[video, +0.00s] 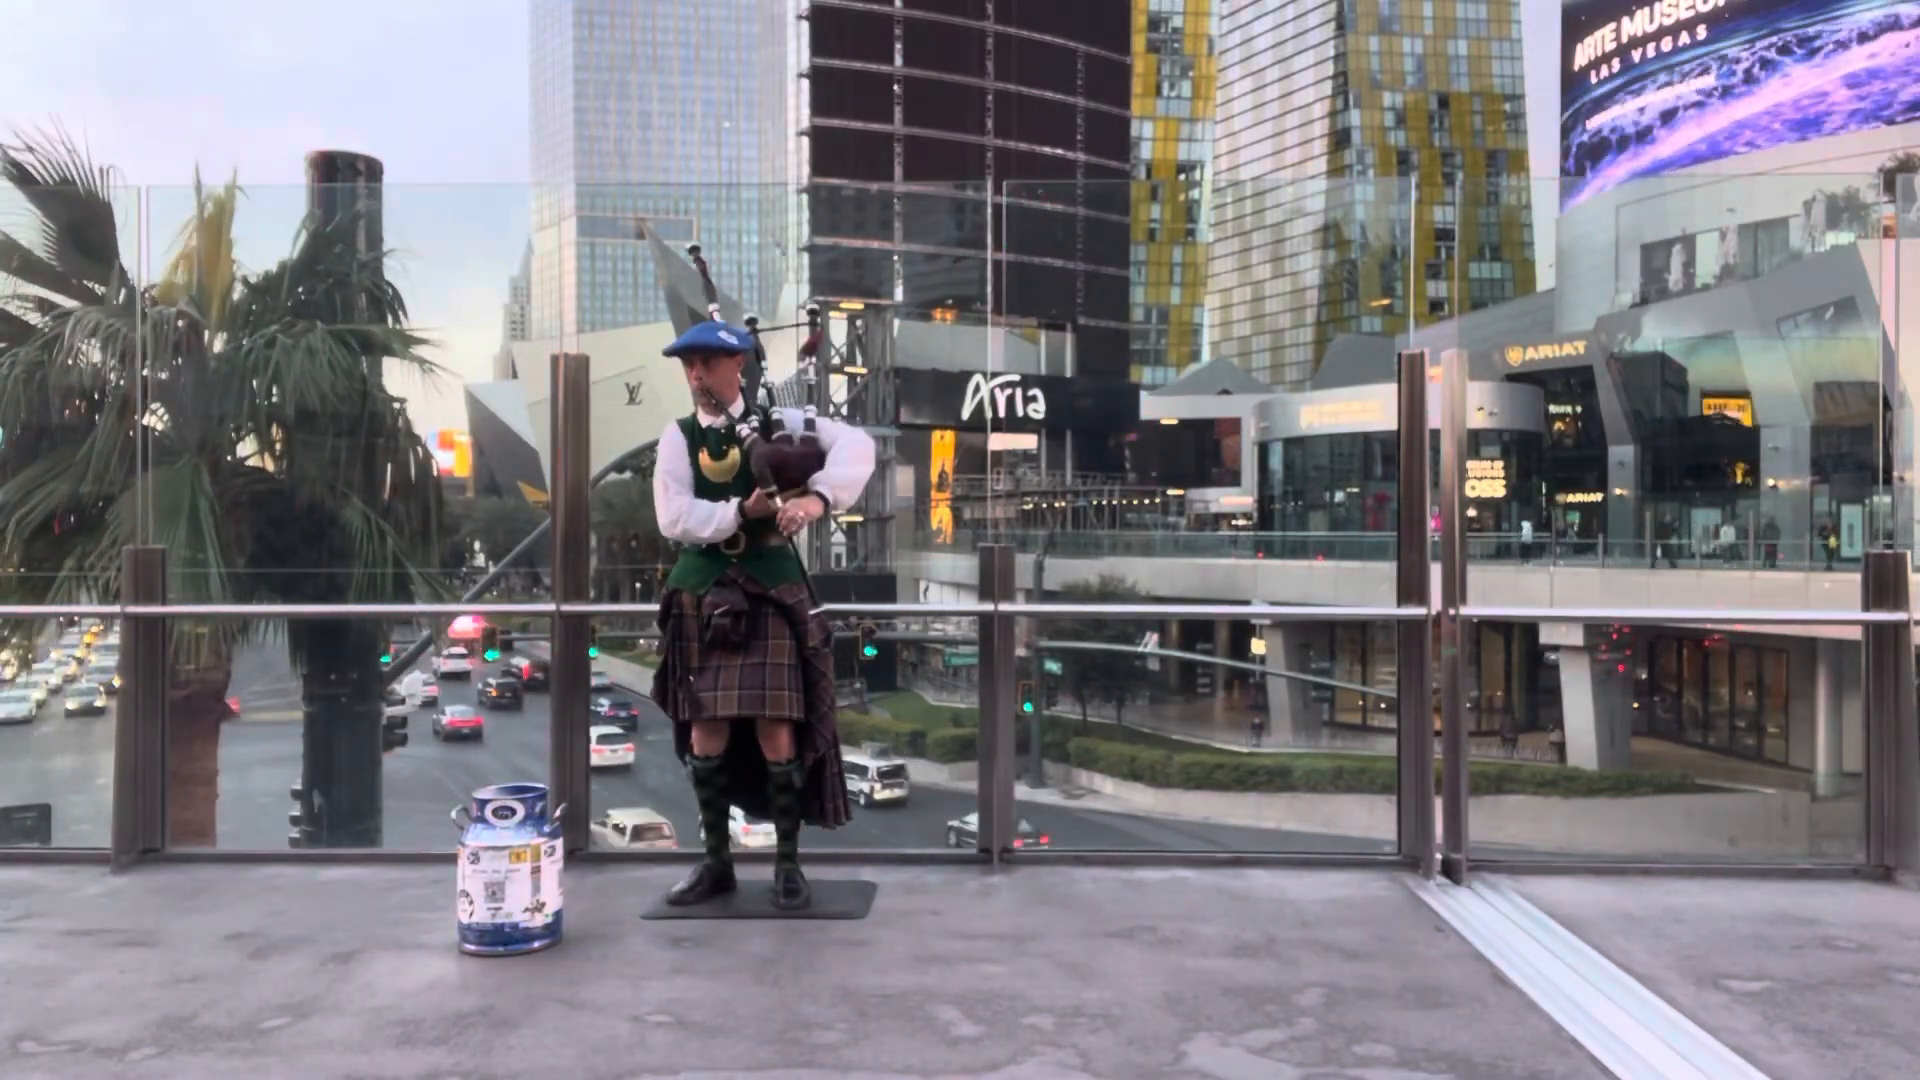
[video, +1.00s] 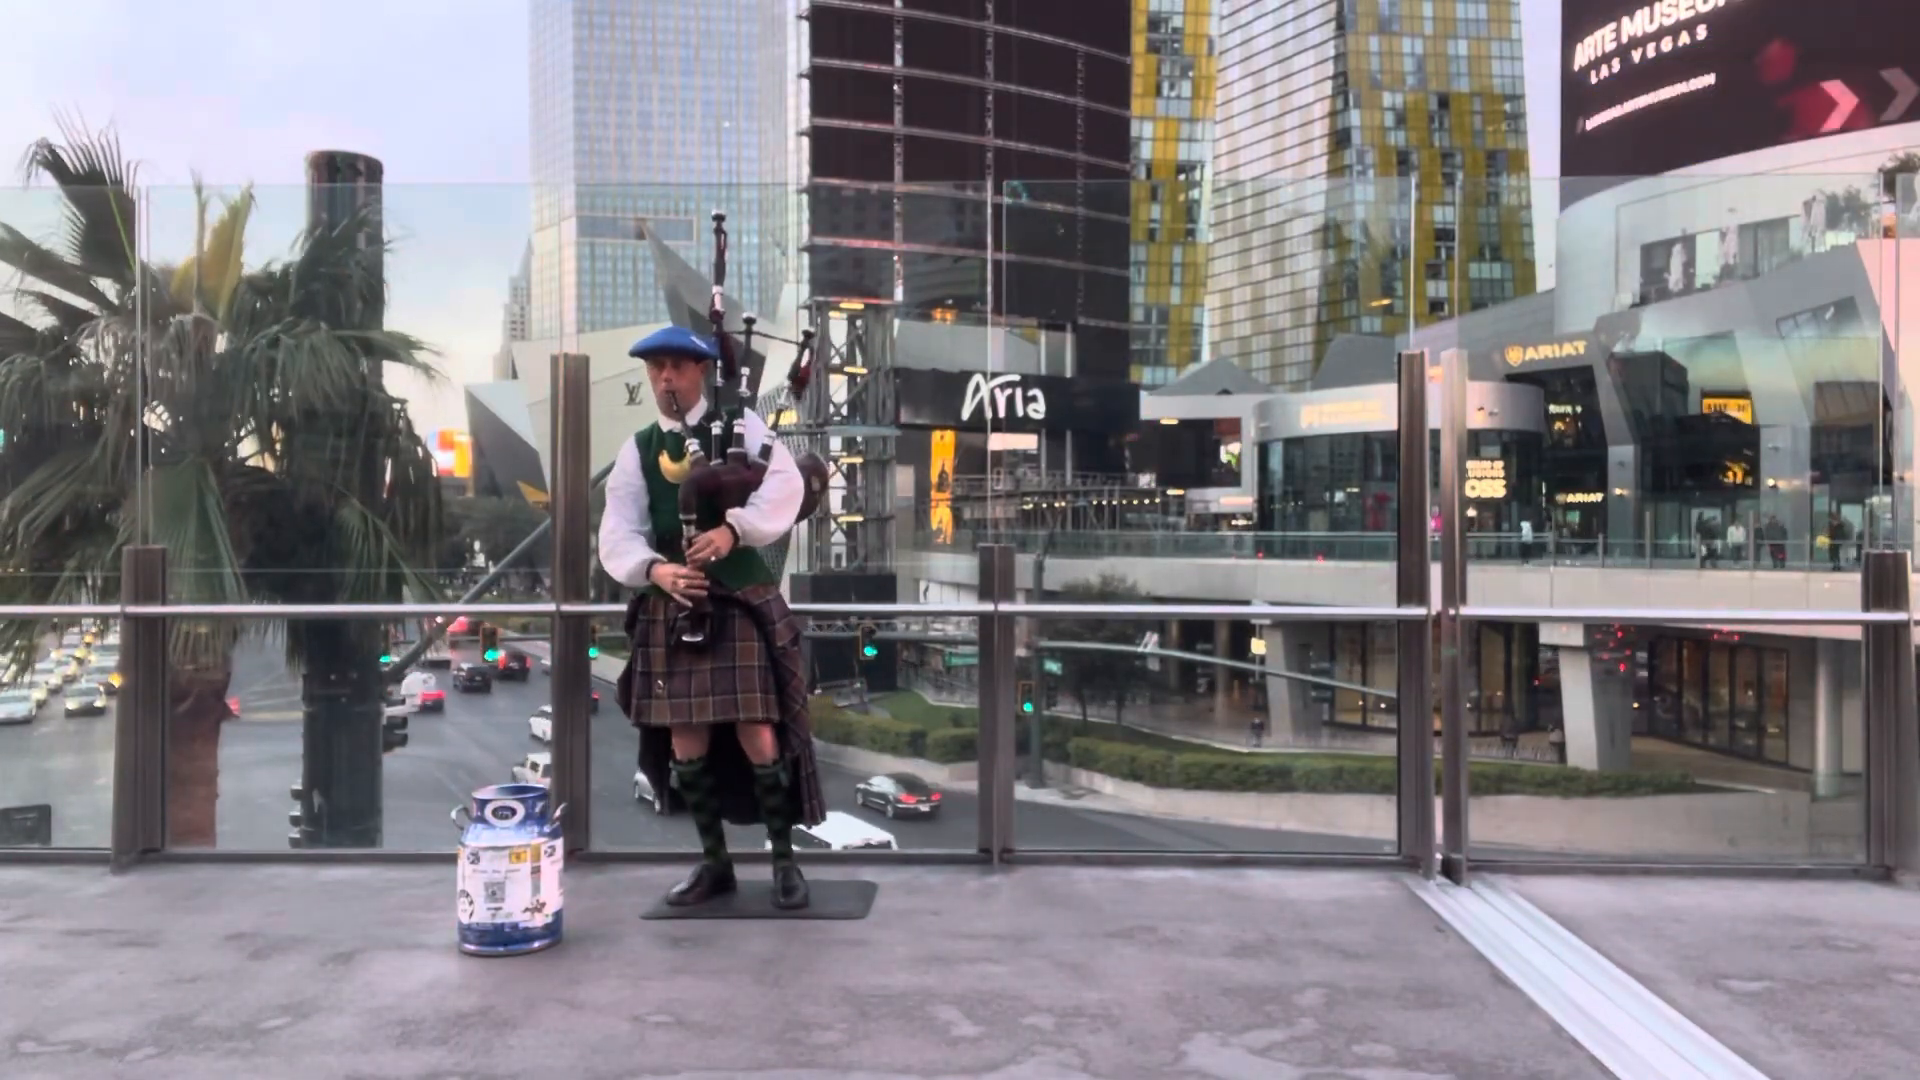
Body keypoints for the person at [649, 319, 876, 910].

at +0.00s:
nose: (698, 373)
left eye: (710, 361)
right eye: (690, 363)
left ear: (739, 364)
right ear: (684, 370)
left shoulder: (779, 422)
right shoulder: (678, 436)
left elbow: (858, 443)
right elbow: (672, 515)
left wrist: (820, 497)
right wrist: (741, 512)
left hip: (774, 586)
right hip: (703, 588)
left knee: (776, 728)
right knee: (706, 728)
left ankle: (787, 866)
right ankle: (717, 863)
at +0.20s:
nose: (686, 375)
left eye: (697, 363)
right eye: (678, 364)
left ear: (725, 365)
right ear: (671, 372)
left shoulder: (774, 425)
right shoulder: (666, 436)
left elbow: (829, 476)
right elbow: (653, 516)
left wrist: (797, 518)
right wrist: (722, 513)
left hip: (766, 590)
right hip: (695, 594)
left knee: (773, 729)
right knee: (703, 731)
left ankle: (787, 866)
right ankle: (716, 864)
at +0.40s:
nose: (678, 374)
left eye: (690, 362)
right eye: (669, 363)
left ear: (717, 366)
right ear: (662, 371)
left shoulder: (763, 428)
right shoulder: (654, 443)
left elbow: (816, 484)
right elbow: (634, 527)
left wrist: (770, 520)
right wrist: (695, 524)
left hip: (760, 592)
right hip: (687, 597)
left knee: (769, 729)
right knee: (699, 732)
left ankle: (786, 864)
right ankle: (715, 864)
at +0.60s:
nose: (673, 374)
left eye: (684, 362)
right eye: (663, 365)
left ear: (711, 366)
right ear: (656, 373)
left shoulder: (754, 426)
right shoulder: (646, 445)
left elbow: (802, 481)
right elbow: (621, 530)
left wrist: (754, 524)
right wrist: (659, 555)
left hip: (751, 594)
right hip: (680, 600)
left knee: (763, 729)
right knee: (694, 731)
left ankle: (785, 863)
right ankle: (715, 864)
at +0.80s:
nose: (667, 376)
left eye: (678, 364)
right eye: (658, 367)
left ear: (705, 368)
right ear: (651, 375)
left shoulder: (747, 426)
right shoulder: (641, 446)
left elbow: (791, 486)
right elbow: (615, 532)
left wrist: (740, 527)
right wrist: (654, 564)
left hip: (745, 595)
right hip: (675, 600)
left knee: (759, 728)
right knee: (689, 731)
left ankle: (784, 862)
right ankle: (716, 862)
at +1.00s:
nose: (663, 377)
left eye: (675, 365)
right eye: (655, 367)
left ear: (702, 369)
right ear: (647, 375)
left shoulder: (742, 426)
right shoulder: (640, 448)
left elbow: (787, 487)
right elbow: (617, 535)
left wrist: (733, 530)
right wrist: (654, 570)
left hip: (742, 596)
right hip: (672, 601)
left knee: (756, 730)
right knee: (686, 733)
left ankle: (784, 863)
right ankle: (715, 863)